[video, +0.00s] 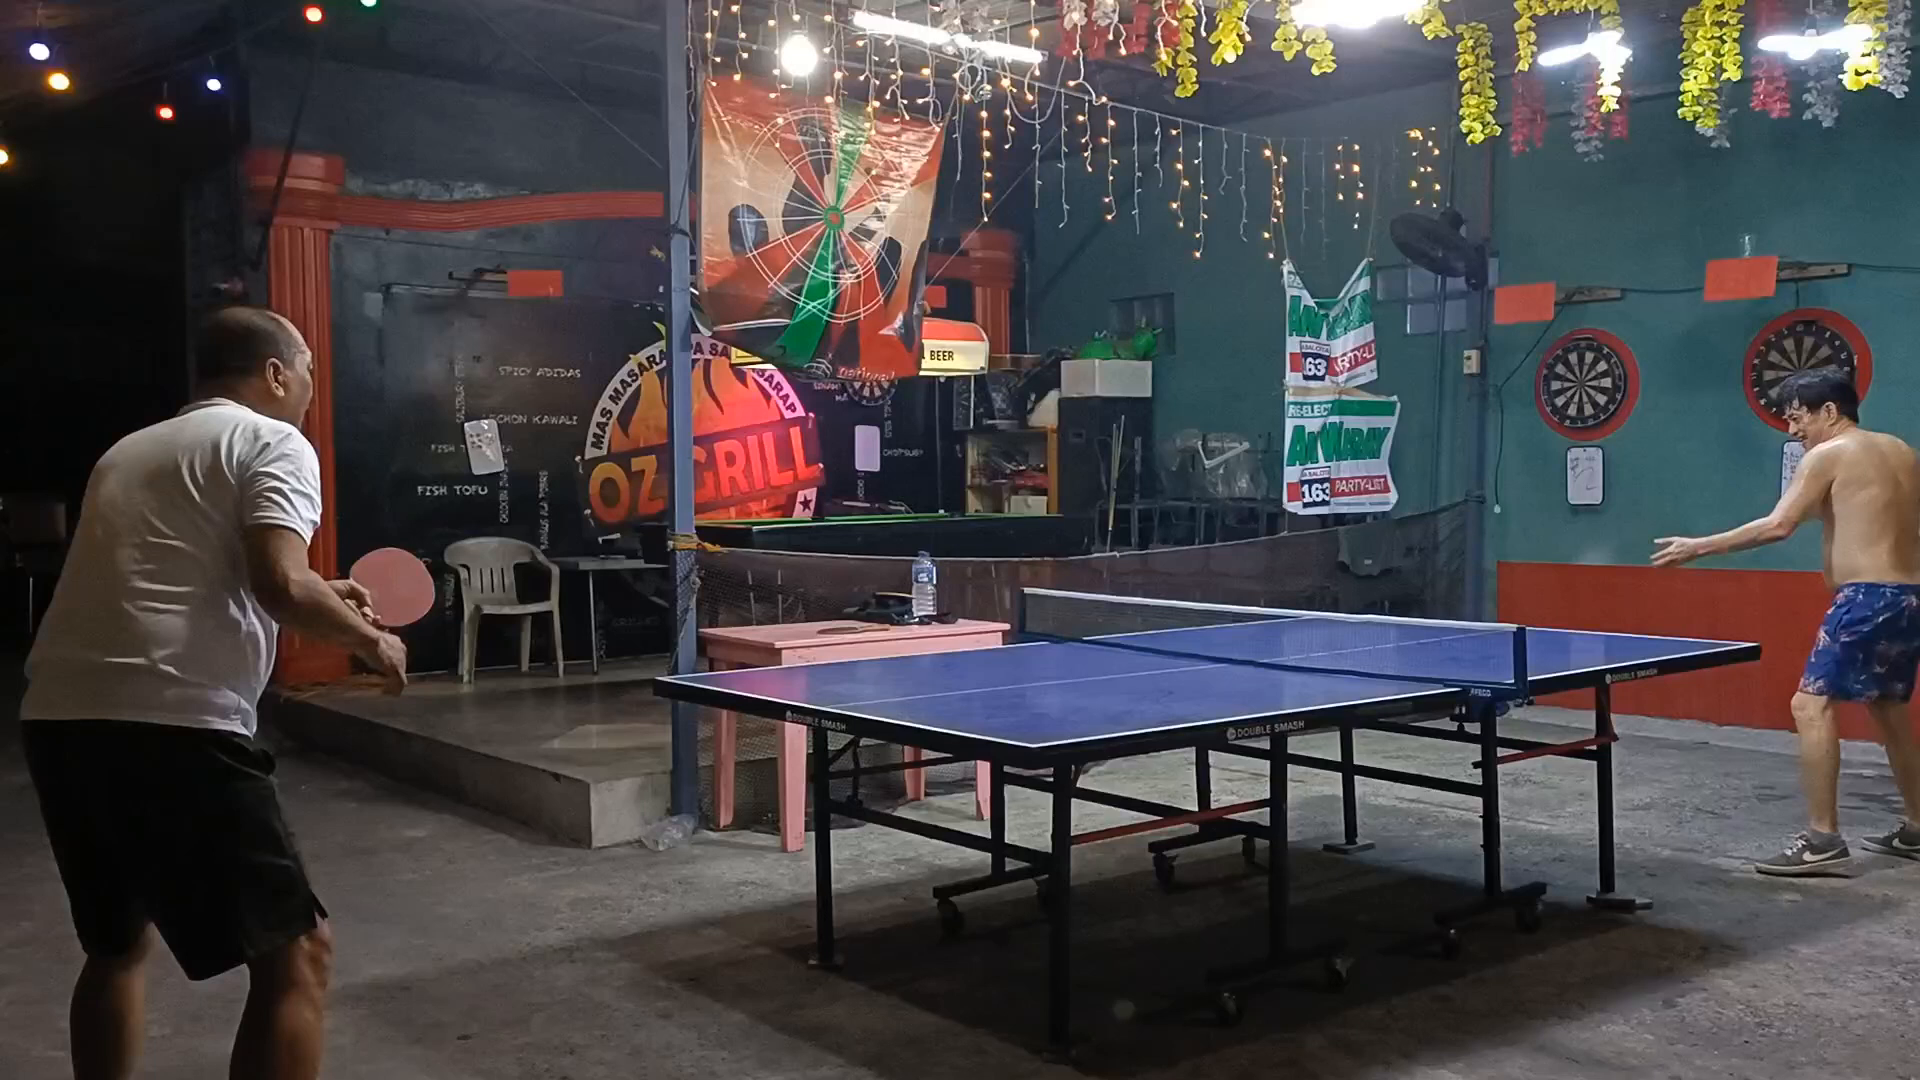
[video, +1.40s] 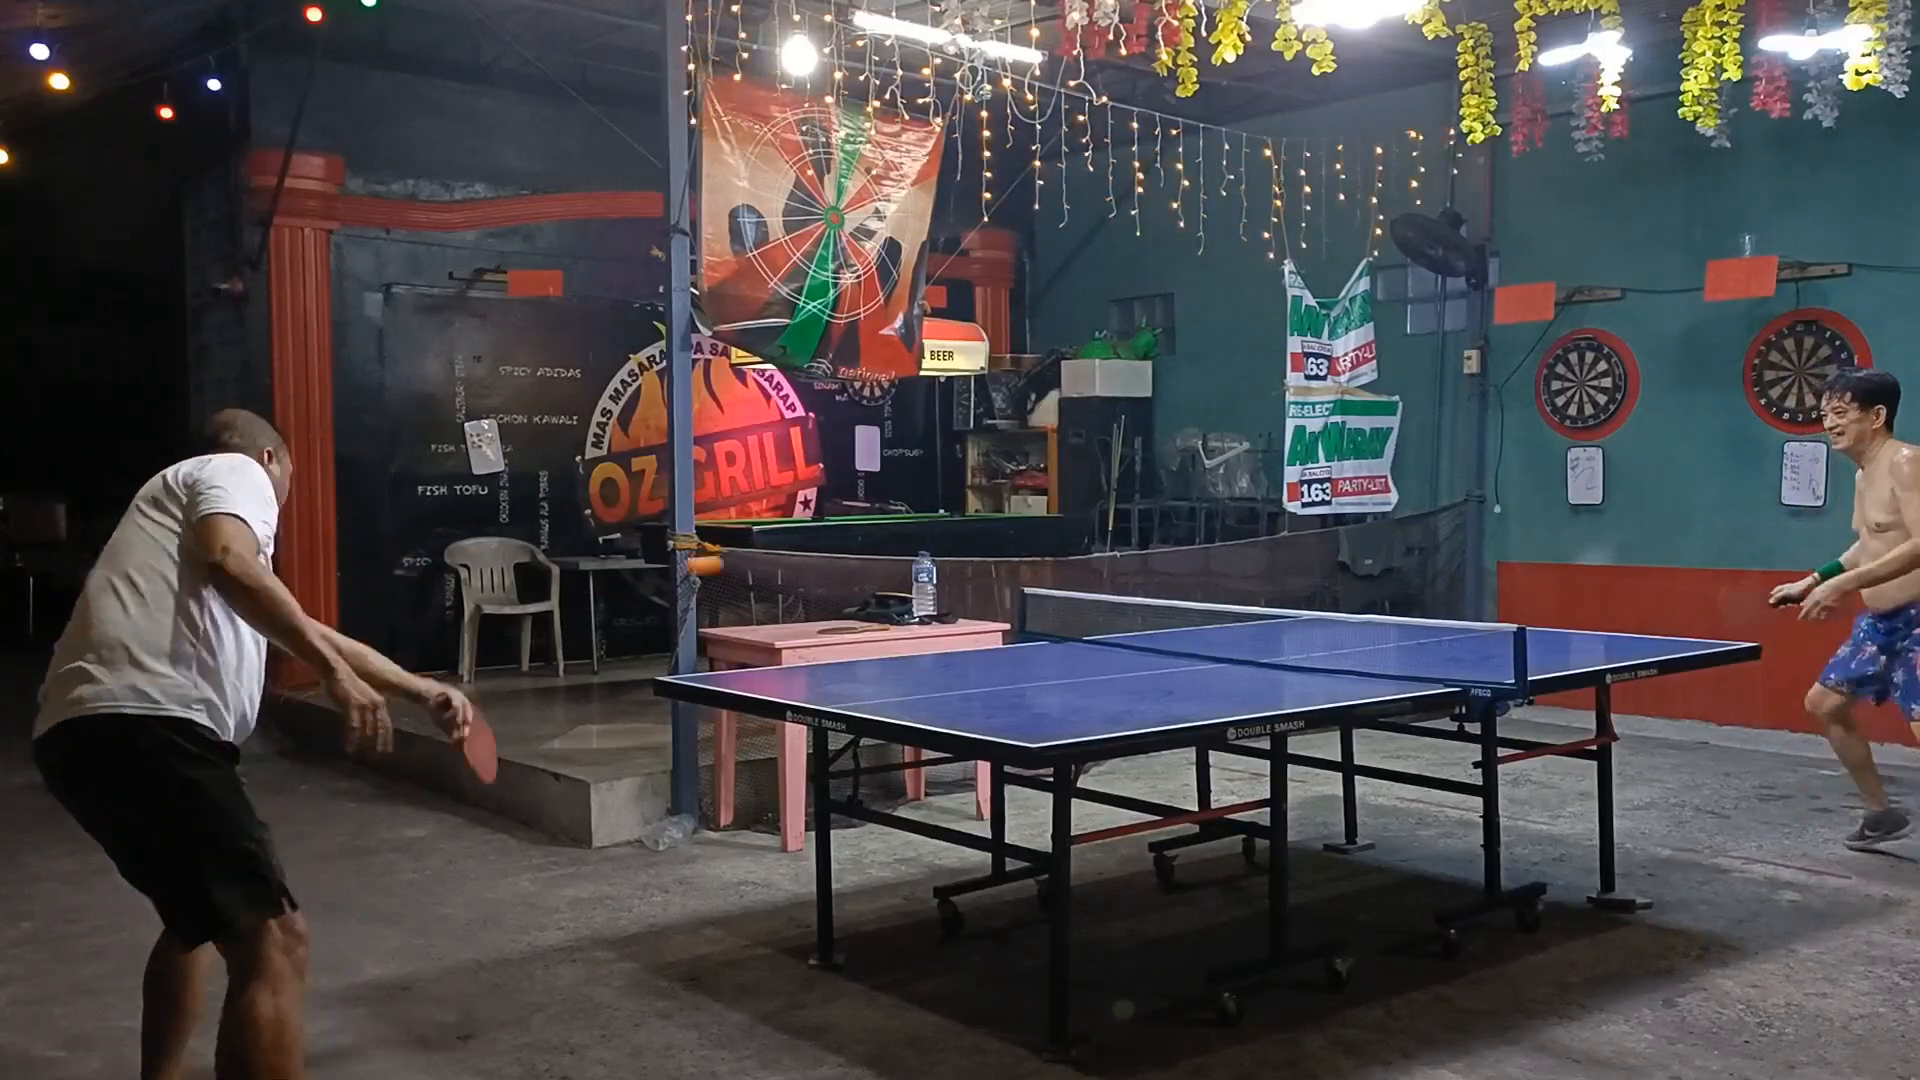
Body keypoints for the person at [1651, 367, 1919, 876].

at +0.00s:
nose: (1795, 429)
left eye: (1799, 417)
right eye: (1792, 419)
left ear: (1830, 411)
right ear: (1843, 413)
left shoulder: (1827, 455)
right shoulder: (1902, 450)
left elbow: (1778, 526)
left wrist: (1700, 545)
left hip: (1865, 600)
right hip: (1911, 600)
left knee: (1811, 707)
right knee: (1890, 710)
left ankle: (1822, 837)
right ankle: (1914, 826)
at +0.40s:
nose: (1802, 427)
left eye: (1809, 415)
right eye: (1800, 417)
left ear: (1841, 408)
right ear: (1847, 411)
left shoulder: (1853, 452)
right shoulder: (1893, 449)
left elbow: (1805, 522)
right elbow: (1827, 526)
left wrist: (1763, 503)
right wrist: (1768, 504)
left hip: (1865, 604)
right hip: (1895, 601)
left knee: (1820, 712)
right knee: (1885, 707)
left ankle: (1832, 844)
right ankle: (1915, 824)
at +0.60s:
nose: (1807, 421)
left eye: (1814, 409)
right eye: (1805, 411)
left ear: (1849, 405)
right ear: (1834, 410)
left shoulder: (1881, 451)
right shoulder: (1833, 456)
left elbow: (1881, 530)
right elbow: (1769, 480)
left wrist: (1794, 557)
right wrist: (1731, 449)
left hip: (1878, 603)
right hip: (1848, 604)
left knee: (1824, 714)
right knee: (1880, 720)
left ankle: (1833, 845)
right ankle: (1916, 825)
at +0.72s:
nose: (1812, 420)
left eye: (1820, 408)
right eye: (1809, 410)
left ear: (1856, 406)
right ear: (1817, 411)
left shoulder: (1886, 453)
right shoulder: (1829, 458)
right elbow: (1763, 482)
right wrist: (1730, 448)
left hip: (1880, 607)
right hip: (1842, 607)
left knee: (1824, 712)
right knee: (1875, 719)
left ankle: (1833, 845)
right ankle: (1916, 824)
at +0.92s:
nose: (1818, 417)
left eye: (1829, 406)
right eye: (1814, 408)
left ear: (1863, 406)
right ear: (1813, 412)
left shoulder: (1904, 455)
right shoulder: (1831, 465)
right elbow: (1787, 518)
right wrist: (1733, 521)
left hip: (1898, 602)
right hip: (1853, 605)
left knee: (1856, 713)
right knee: (1877, 720)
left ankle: (1839, 844)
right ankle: (1916, 825)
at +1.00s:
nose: (1819, 417)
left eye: (1829, 406)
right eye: (1814, 408)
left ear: (1864, 407)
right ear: (1812, 411)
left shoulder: (1904, 454)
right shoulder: (1829, 467)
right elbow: (1797, 531)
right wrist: (1743, 551)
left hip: (1903, 602)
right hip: (1858, 607)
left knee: (1872, 713)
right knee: (1867, 716)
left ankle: (1851, 844)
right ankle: (1915, 824)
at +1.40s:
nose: (1830, 424)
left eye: (1841, 413)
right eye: (1826, 415)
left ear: (1877, 416)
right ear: (1824, 419)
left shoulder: (1904, 462)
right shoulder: (1864, 474)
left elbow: (1915, 544)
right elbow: (1870, 545)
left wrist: (1845, 584)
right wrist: (1811, 582)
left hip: (1912, 622)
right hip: (1877, 623)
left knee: (1919, 728)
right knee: (1825, 704)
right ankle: (1881, 810)